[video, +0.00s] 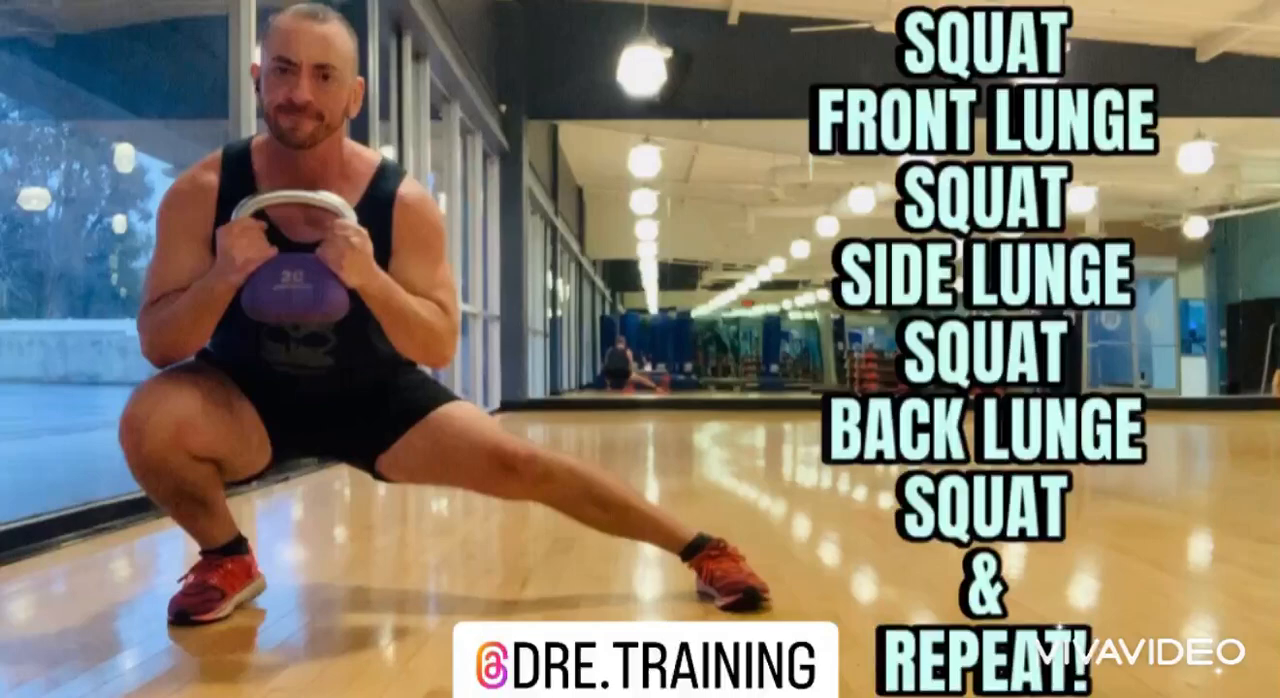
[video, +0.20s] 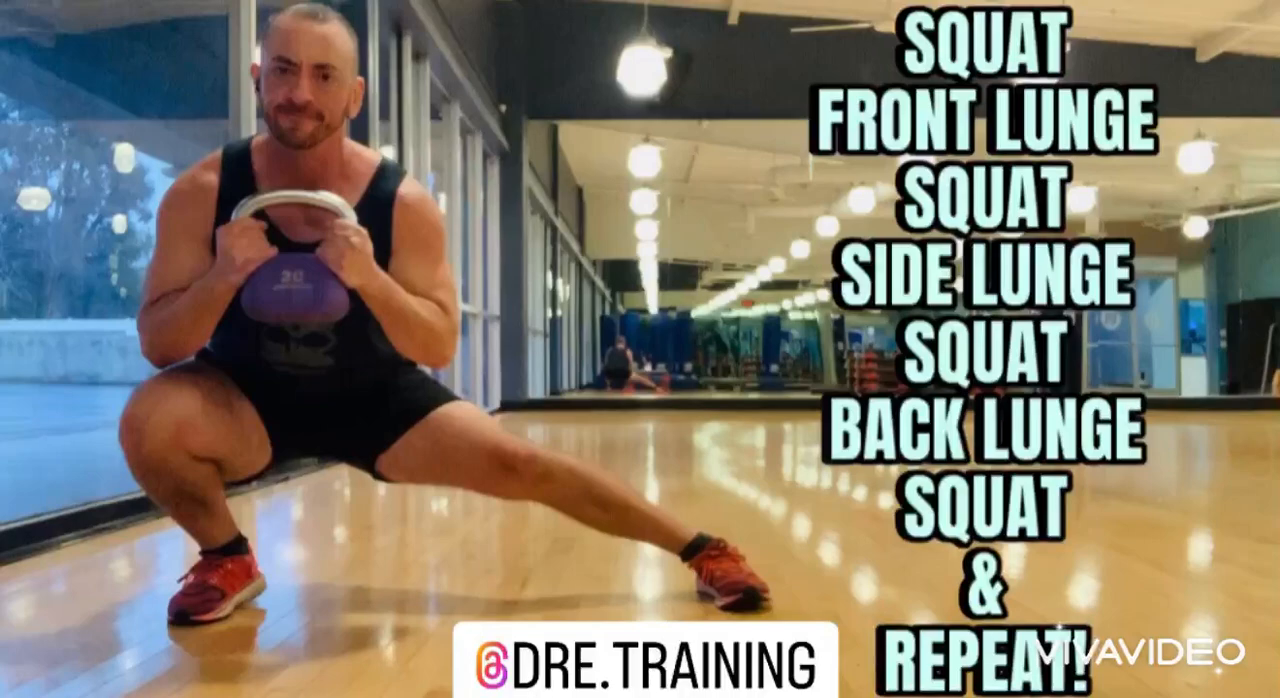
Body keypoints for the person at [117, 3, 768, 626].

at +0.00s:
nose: (297, 92)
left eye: (321, 75)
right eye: (281, 70)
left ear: (355, 92)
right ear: (257, 78)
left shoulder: (405, 205)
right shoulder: (201, 193)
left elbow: (437, 346)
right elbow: (161, 344)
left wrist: (368, 278)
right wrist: (221, 277)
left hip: (378, 398)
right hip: (254, 397)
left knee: (517, 464)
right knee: (148, 422)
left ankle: (695, 547)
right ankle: (225, 555)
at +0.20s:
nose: (297, 92)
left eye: (321, 75)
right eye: (281, 70)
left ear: (355, 92)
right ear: (257, 78)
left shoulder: (405, 205)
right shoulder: (201, 193)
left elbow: (437, 346)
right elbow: (161, 344)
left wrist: (368, 278)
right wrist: (222, 277)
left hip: (378, 398)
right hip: (254, 397)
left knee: (517, 464)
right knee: (148, 422)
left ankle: (695, 547)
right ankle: (225, 555)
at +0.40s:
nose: (298, 92)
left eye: (321, 75)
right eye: (281, 70)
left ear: (354, 92)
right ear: (257, 78)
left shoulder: (405, 205)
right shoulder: (201, 193)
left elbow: (437, 345)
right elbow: (161, 343)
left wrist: (368, 277)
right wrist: (221, 277)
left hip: (377, 397)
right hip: (253, 396)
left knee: (517, 463)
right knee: (148, 422)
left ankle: (696, 547)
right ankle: (225, 555)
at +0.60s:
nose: (298, 92)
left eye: (321, 75)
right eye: (281, 70)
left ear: (354, 92)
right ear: (257, 78)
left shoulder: (405, 205)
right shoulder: (201, 193)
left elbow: (437, 345)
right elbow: (161, 343)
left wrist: (368, 277)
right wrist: (221, 277)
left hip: (377, 397)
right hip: (253, 396)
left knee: (517, 463)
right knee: (148, 422)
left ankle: (696, 547)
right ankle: (225, 555)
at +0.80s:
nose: (298, 92)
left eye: (321, 75)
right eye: (281, 70)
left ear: (354, 92)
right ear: (257, 78)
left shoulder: (405, 205)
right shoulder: (201, 193)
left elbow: (437, 345)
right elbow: (161, 343)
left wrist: (368, 277)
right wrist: (221, 277)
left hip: (377, 397)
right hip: (253, 396)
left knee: (517, 463)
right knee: (148, 422)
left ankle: (696, 547)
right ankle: (225, 555)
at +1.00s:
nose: (297, 92)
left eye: (321, 75)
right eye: (281, 70)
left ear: (355, 91)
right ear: (257, 77)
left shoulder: (405, 205)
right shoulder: (200, 193)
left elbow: (437, 346)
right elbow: (161, 344)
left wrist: (367, 276)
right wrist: (221, 277)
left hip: (378, 397)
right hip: (253, 396)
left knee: (517, 463)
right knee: (148, 422)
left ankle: (696, 548)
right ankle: (226, 555)